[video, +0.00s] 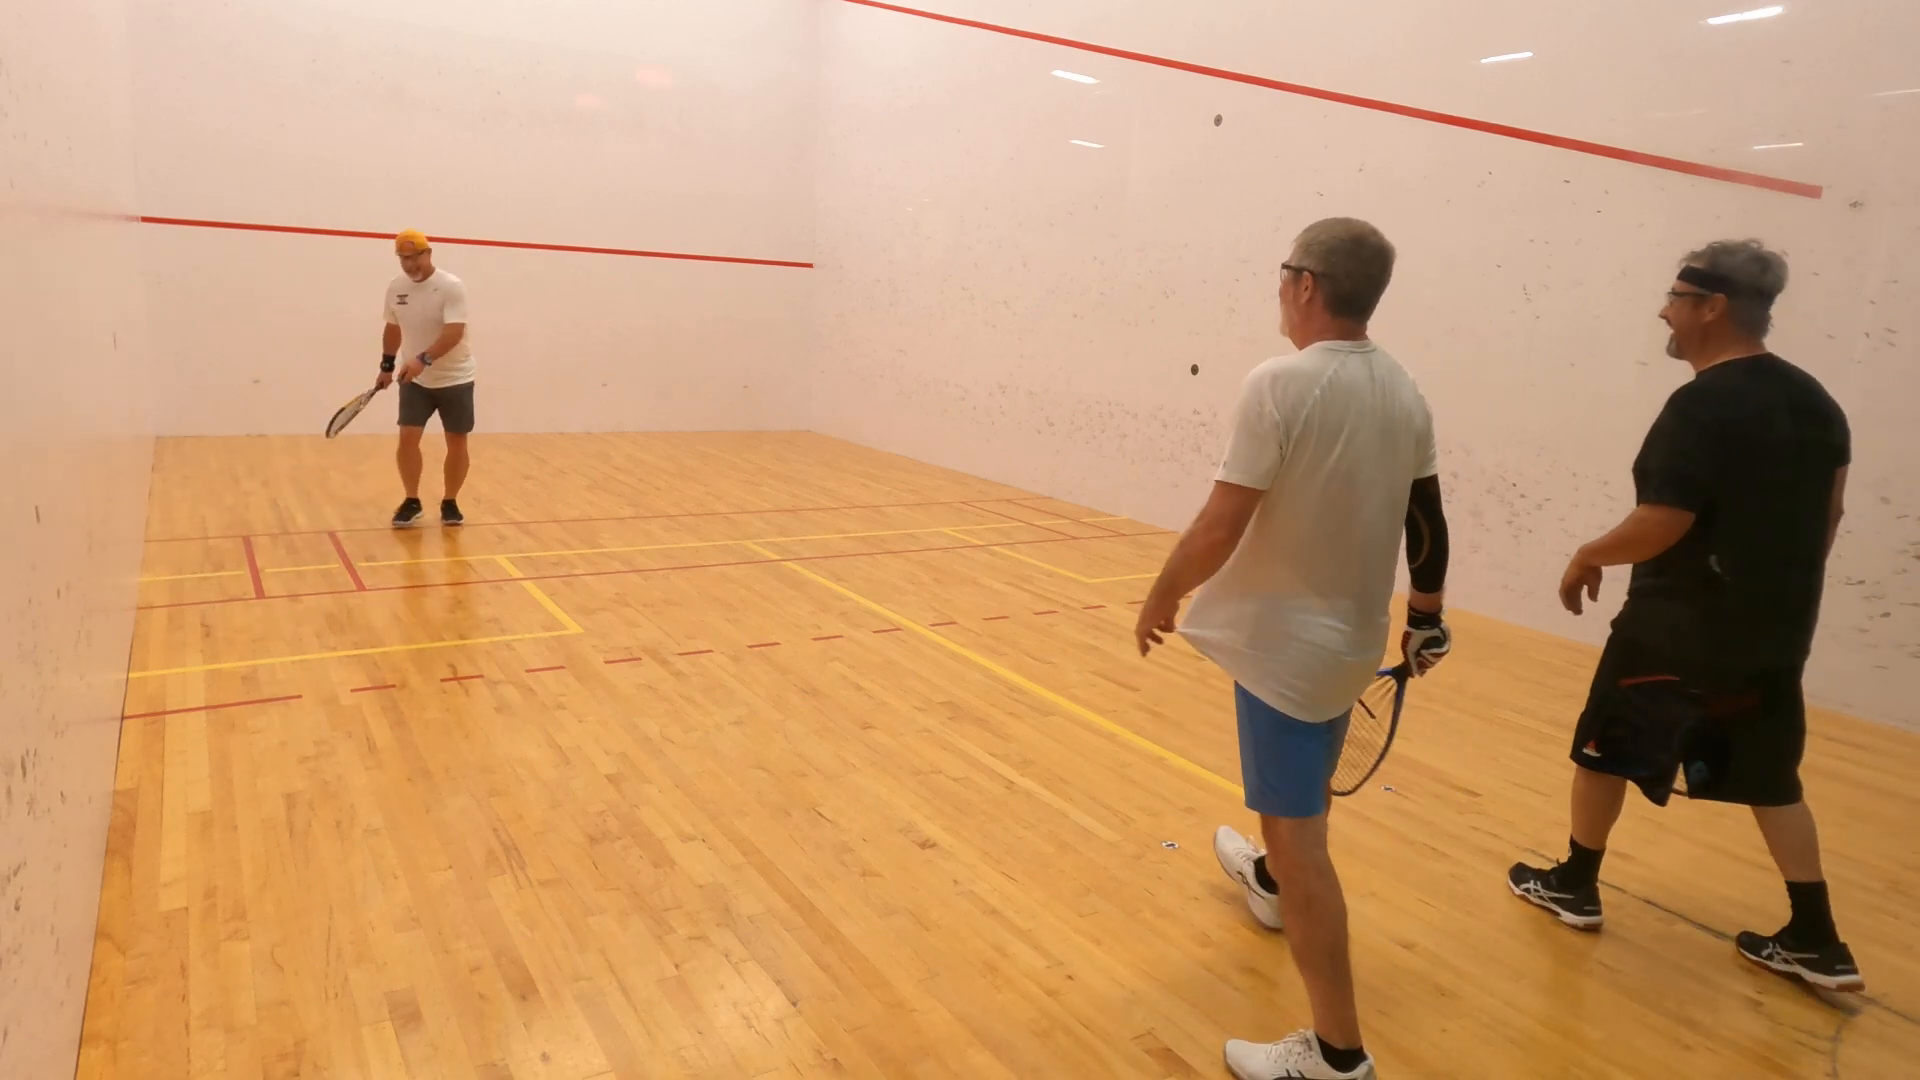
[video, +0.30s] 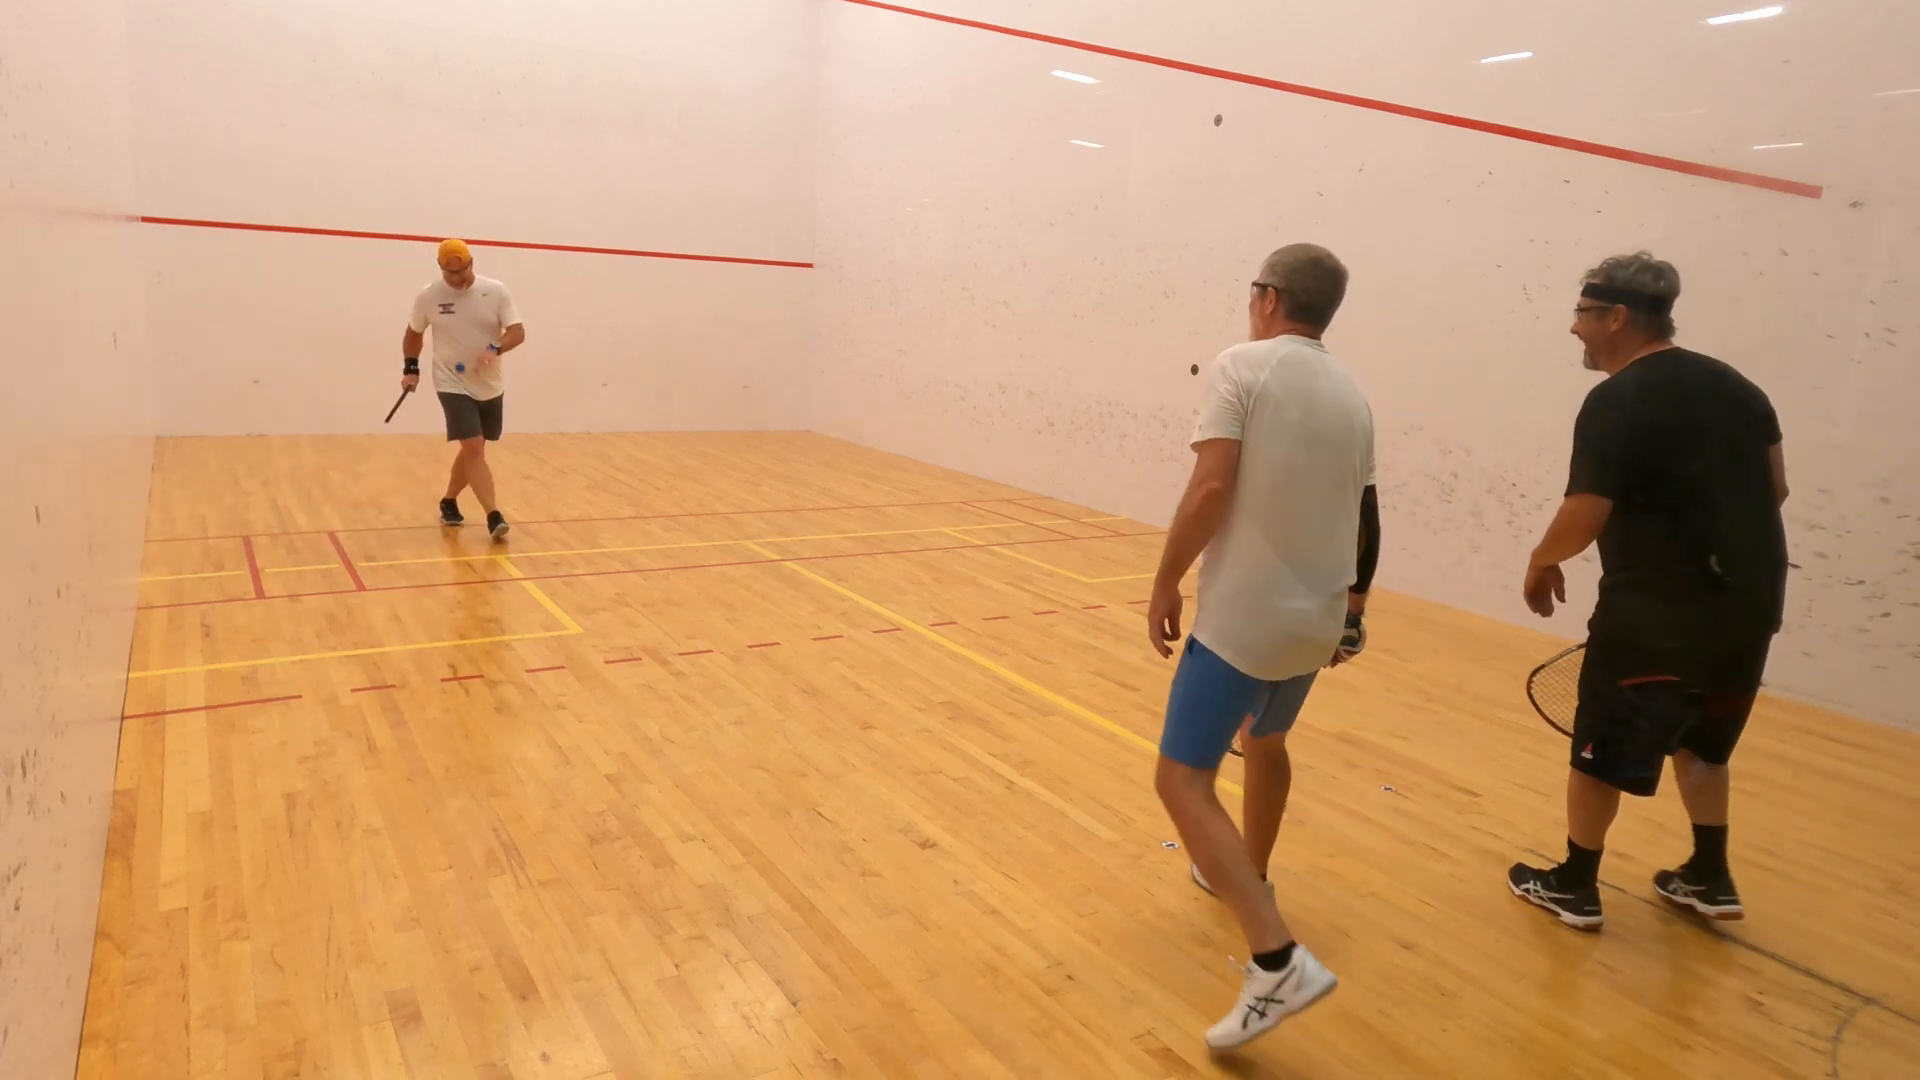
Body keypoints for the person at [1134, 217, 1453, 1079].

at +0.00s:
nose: (1279, 290)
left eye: (1285, 276)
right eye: (1284, 275)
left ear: (1307, 288)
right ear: (1369, 296)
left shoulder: (1281, 385)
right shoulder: (1404, 395)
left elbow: (1222, 523)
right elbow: (1425, 524)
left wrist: (1165, 591)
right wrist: (1427, 615)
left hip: (1287, 651)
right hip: (1355, 642)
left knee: (1297, 846)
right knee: (1301, 754)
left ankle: (1339, 1048)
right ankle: (1277, 876)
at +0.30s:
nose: (1249, 306)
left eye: (1254, 294)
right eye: (1255, 294)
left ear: (1270, 301)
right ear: (1325, 314)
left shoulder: (1243, 366)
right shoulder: (1351, 393)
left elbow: (1213, 486)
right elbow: (1359, 518)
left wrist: (1167, 581)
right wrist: (1347, 604)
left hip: (1246, 615)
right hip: (1320, 619)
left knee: (1181, 778)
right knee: (1267, 741)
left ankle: (1280, 962)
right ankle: (1239, 873)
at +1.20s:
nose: (1046, 299)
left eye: (1047, 288)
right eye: (1050, 287)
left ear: (1061, 294)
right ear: (1122, 294)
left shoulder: (1060, 376)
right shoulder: (1166, 364)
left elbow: (1022, 503)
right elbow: (1180, 481)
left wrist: (961, 555)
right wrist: (1090, 543)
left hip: (1103, 601)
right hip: (1187, 598)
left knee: (1029, 744)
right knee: (1201, 735)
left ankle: (1007, 919)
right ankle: (1217, 877)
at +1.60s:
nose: (1114, 288)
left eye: (1117, 277)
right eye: (1120, 276)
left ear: (1128, 282)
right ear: (1190, 287)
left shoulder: (1108, 362)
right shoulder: (1215, 368)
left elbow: (1053, 475)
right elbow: (1227, 483)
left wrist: (1002, 427)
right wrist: (1105, 475)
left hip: (1114, 599)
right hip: (1194, 596)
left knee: (1053, 749)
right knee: (1201, 730)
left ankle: (1009, 917)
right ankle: (1217, 876)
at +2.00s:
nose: (1119, 286)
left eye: (1122, 275)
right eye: (1126, 274)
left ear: (1134, 281)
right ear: (1194, 287)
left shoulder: (1104, 358)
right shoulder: (1219, 373)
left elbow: (1047, 470)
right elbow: (1231, 489)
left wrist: (1007, 417)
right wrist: (1144, 479)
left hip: (1095, 595)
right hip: (1179, 598)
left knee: (1046, 749)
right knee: (1195, 731)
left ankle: (1009, 917)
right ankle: (1216, 877)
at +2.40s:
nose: (1125, 289)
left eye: (1129, 278)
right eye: (1131, 277)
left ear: (1142, 284)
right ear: (1199, 292)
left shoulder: (1108, 359)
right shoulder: (1225, 378)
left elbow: (1051, 476)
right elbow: (1245, 495)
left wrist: (1018, 456)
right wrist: (1167, 510)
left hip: (1097, 595)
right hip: (1181, 600)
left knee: (1043, 746)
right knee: (1189, 730)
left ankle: (1008, 917)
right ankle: (1215, 876)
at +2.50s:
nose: (1137, 295)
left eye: (1140, 284)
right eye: (1144, 283)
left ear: (1152, 290)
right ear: (1211, 299)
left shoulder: (1121, 364)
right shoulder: (1239, 386)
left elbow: (1062, 485)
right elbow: (1261, 500)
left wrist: (1033, 481)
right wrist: (1181, 513)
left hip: (1107, 598)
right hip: (1190, 605)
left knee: (1042, 741)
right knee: (1186, 726)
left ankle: (1008, 916)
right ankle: (1210, 874)